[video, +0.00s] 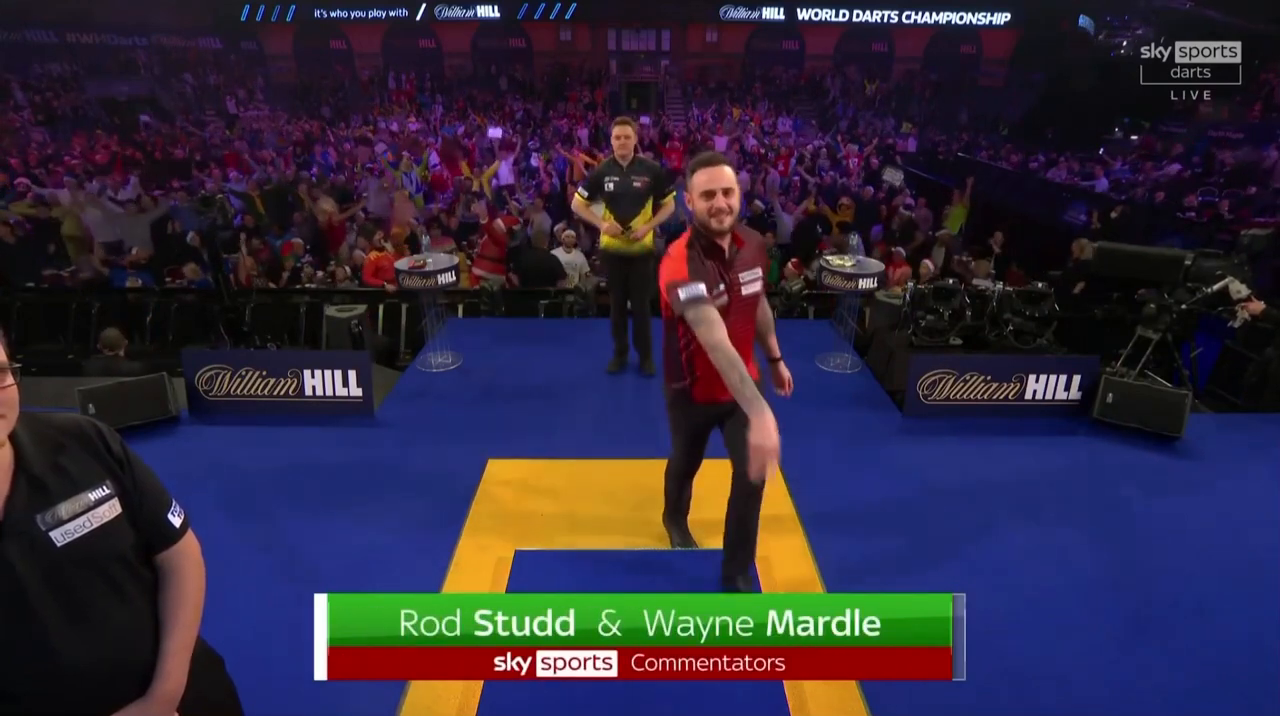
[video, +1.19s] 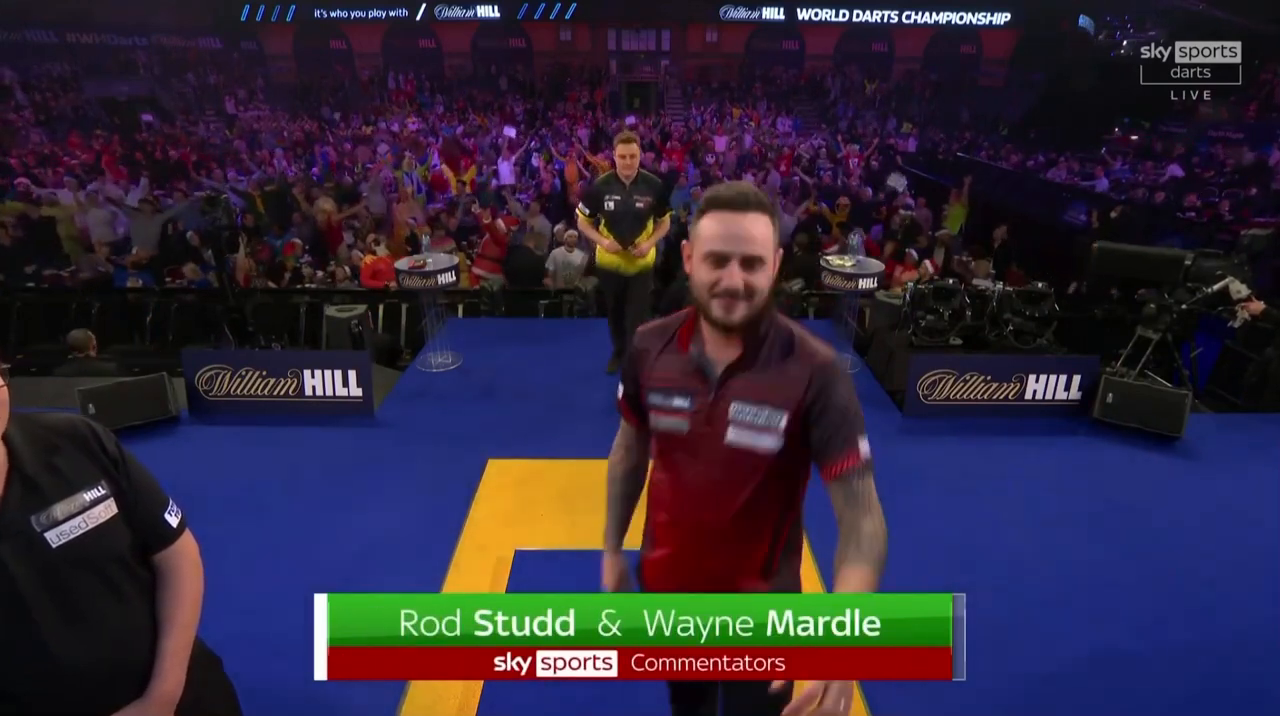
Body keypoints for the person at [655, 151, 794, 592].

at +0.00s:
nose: (720, 202)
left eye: (728, 192)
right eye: (707, 195)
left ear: (739, 195)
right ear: (689, 203)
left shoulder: (750, 245)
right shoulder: (681, 262)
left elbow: (758, 303)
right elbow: (716, 342)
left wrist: (775, 358)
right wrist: (758, 409)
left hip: (742, 384)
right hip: (694, 390)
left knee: (753, 474)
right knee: (685, 462)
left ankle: (737, 573)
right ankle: (675, 518)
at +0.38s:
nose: (771, 221)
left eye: (781, 210)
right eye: (759, 209)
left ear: (793, 214)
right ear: (734, 211)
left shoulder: (801, 275)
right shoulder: (703, 279)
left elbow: (800, 337)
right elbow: (700, 380)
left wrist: (799, 399)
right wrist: (713, 471)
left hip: (770, 419)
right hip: (712, 420)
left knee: (752, 526)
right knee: (712, 506)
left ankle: (744, 606)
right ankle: (697, 523)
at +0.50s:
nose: (790, 224)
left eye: (799, 212)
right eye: (777, 212)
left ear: (808, 212)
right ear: (745, 208)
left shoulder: (813, 281)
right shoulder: (701, 277)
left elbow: (818, 361)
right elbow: (676, 367)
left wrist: (826, 444)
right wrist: (669, 453)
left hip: (776, 439)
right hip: (715, 438)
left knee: (754, 540)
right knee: (715, 546)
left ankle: (743, 609)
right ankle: (704, 545)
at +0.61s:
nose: (799, 229)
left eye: (808, 217)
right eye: (786, 217)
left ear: (816, 213)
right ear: (750, 211)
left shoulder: (827, 294)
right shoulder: (700, 281)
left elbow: (841, 385)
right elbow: (653, 359)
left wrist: (851, 483)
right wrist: (631, 437)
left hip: (777, 459)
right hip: (711, 456)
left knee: (748, 570)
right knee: (717, 575)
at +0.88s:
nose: (773, 257)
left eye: (786, 243)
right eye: (758, 241)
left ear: (798, 248)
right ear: (723, 241)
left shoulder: (824, 336)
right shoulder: (681, 320)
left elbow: (854, 441)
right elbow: (639, 388)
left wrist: (864, 550)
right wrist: (606, 459)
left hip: (776, 528)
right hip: (698, 524)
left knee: (747, 623)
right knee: (703, 656)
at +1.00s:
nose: (750, 265)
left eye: (765, 251)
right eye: (734, 249)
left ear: (783, 261)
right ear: (702, 254)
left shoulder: (817, 352)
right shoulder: (664, 338)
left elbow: (853, 468)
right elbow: (637, 412)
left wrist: (852, 580)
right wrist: (616, 497)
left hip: (771, 565)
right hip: (683, 559)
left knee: (770, 665)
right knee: (694, 689)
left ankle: (770, 676)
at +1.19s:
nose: (733, 279)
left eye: (752, 263)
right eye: (717, 260)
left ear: (777, 265)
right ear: (688, 258)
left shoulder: (815, 372)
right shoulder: (650, 348)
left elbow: (861, 515)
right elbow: (630, 448)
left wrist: (841, 644)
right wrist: (612, 550)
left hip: (762, 608)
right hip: (668, 594)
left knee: (752, 706)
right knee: (688, 703)